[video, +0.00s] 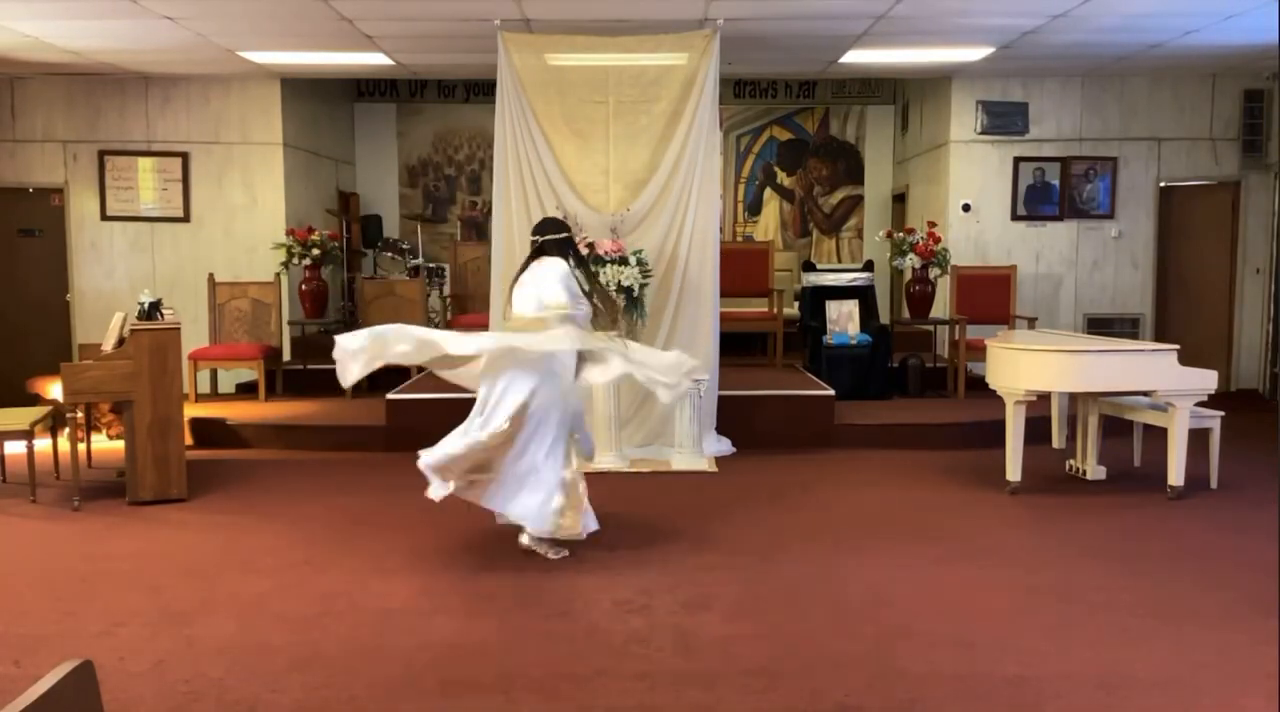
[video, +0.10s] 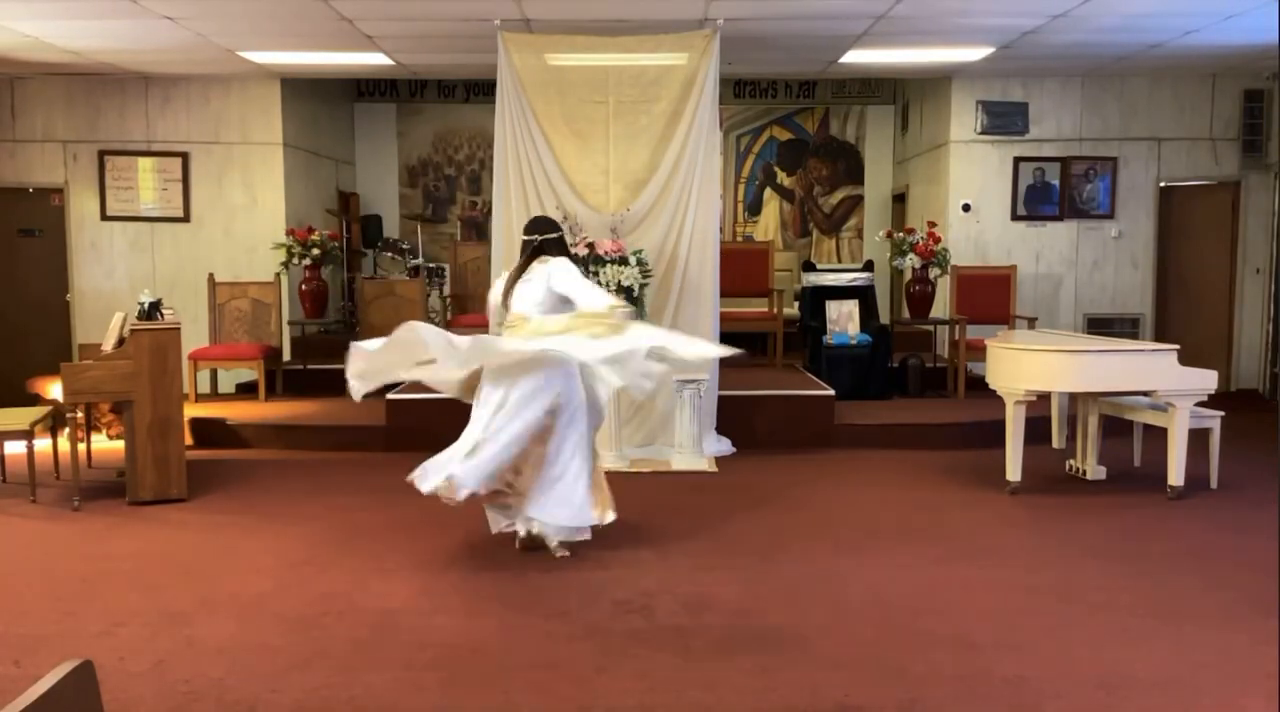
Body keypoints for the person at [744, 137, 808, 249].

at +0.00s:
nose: (777, 159)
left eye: (781, 155)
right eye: (777, 155)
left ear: (794, 157)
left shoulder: (805, 177)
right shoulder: (772, 175)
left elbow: (798, 199)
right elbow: (753, 211)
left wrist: (772, 183)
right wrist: (762, 183)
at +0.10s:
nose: (777, 159)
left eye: (781, 155)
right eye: (777, 155)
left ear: (794, 157)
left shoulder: (805, 177)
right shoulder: (772, 175)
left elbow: (798, 199)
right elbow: (753, 211)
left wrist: (772, 183)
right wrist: (762, 183)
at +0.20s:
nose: (777, 159)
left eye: (781, 155)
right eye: (777, 155)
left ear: (794, 157)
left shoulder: (805, 177)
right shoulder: (772, 175)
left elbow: (798, 199)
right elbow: (753, 211)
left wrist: (772, 183)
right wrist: (762, 183)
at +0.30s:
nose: (776, 158)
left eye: (781, 154)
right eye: (777, 154)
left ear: (794, 156)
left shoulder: (805, 177)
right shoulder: (771, 176)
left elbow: (798, 199)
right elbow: (753, 212)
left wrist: (772, 183)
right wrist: (761, 184)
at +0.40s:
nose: (777, 158)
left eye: (781, 154)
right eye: (777, 154)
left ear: (794, 156)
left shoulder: (805, 178)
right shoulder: (772, 176)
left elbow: (798, 199)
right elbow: (753, 212)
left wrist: (772, 183)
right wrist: (762, 184)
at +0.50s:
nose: (777, 158)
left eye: (781, 154)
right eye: (777, 154)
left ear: (794, 156)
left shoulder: (805, 178)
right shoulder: (772, 176)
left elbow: (798, 199)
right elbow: (753, 212)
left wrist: (772, 183)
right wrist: (762, 184)